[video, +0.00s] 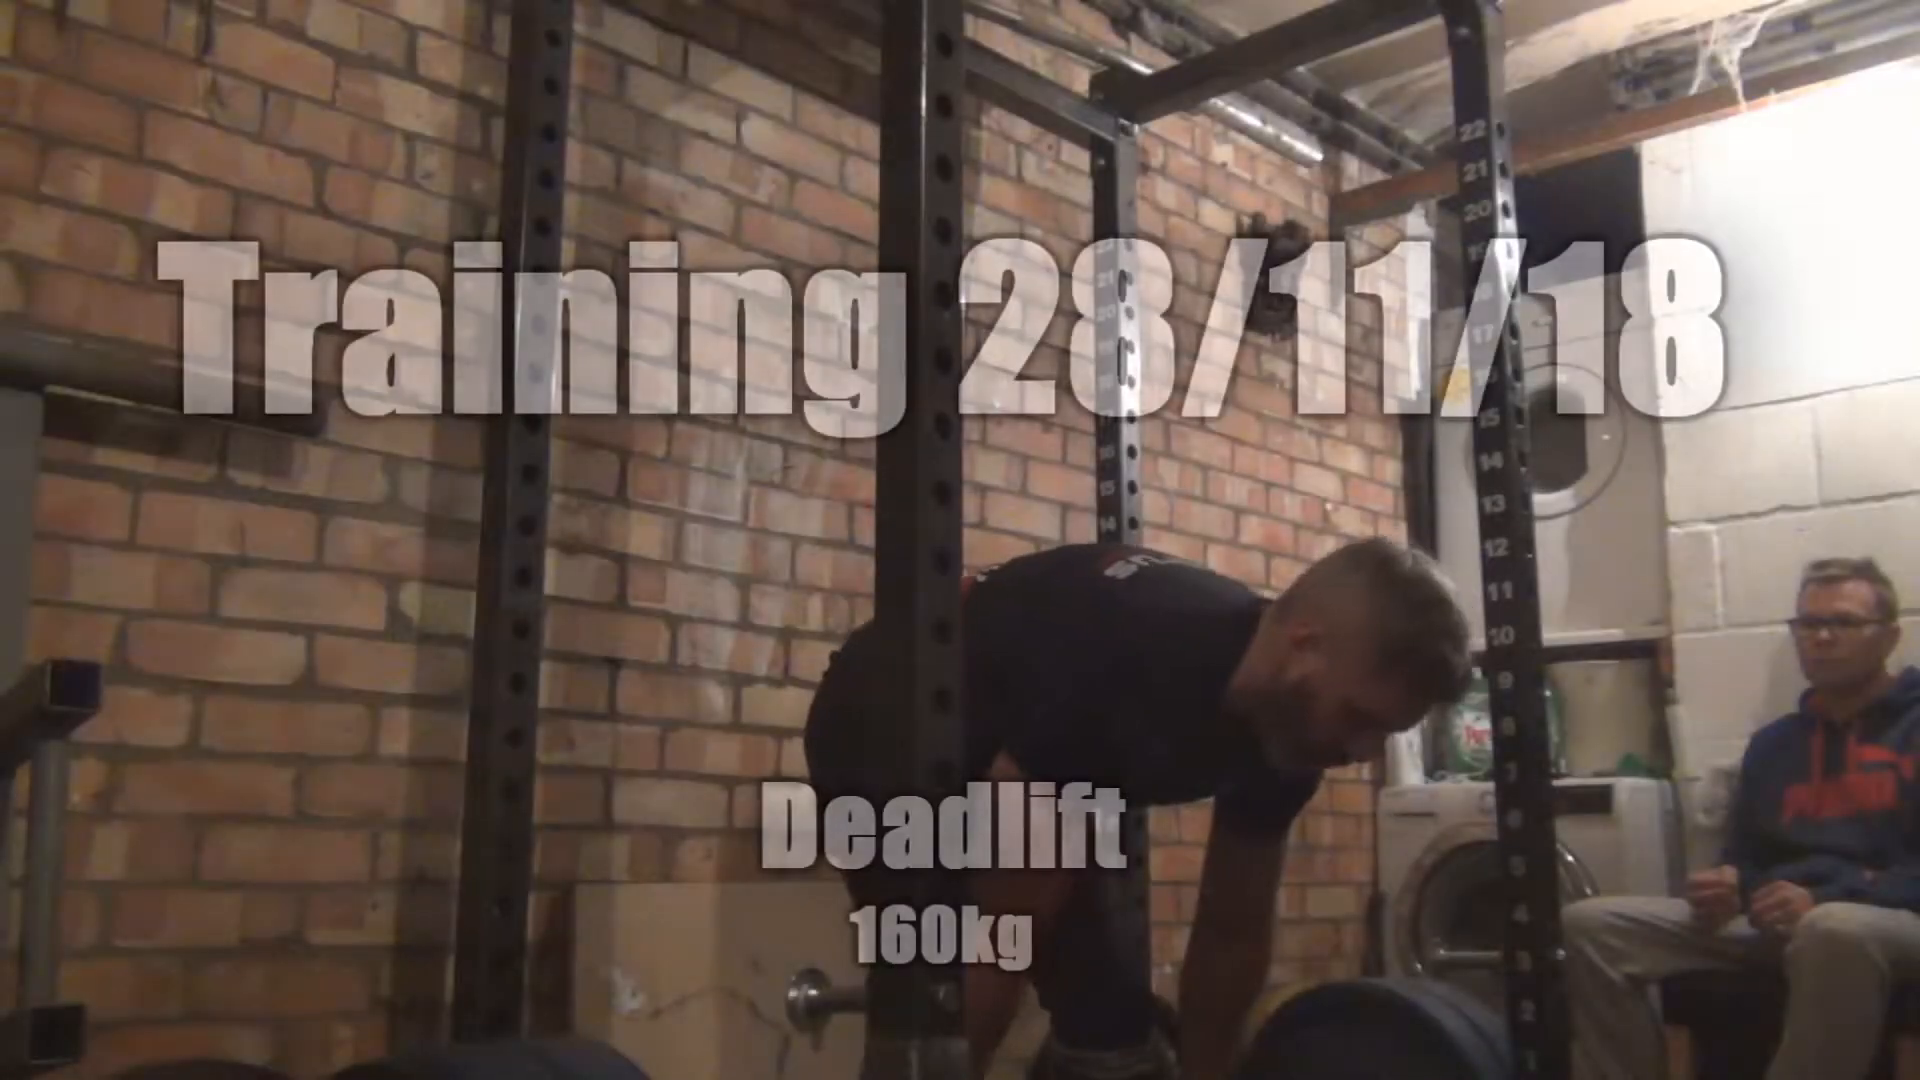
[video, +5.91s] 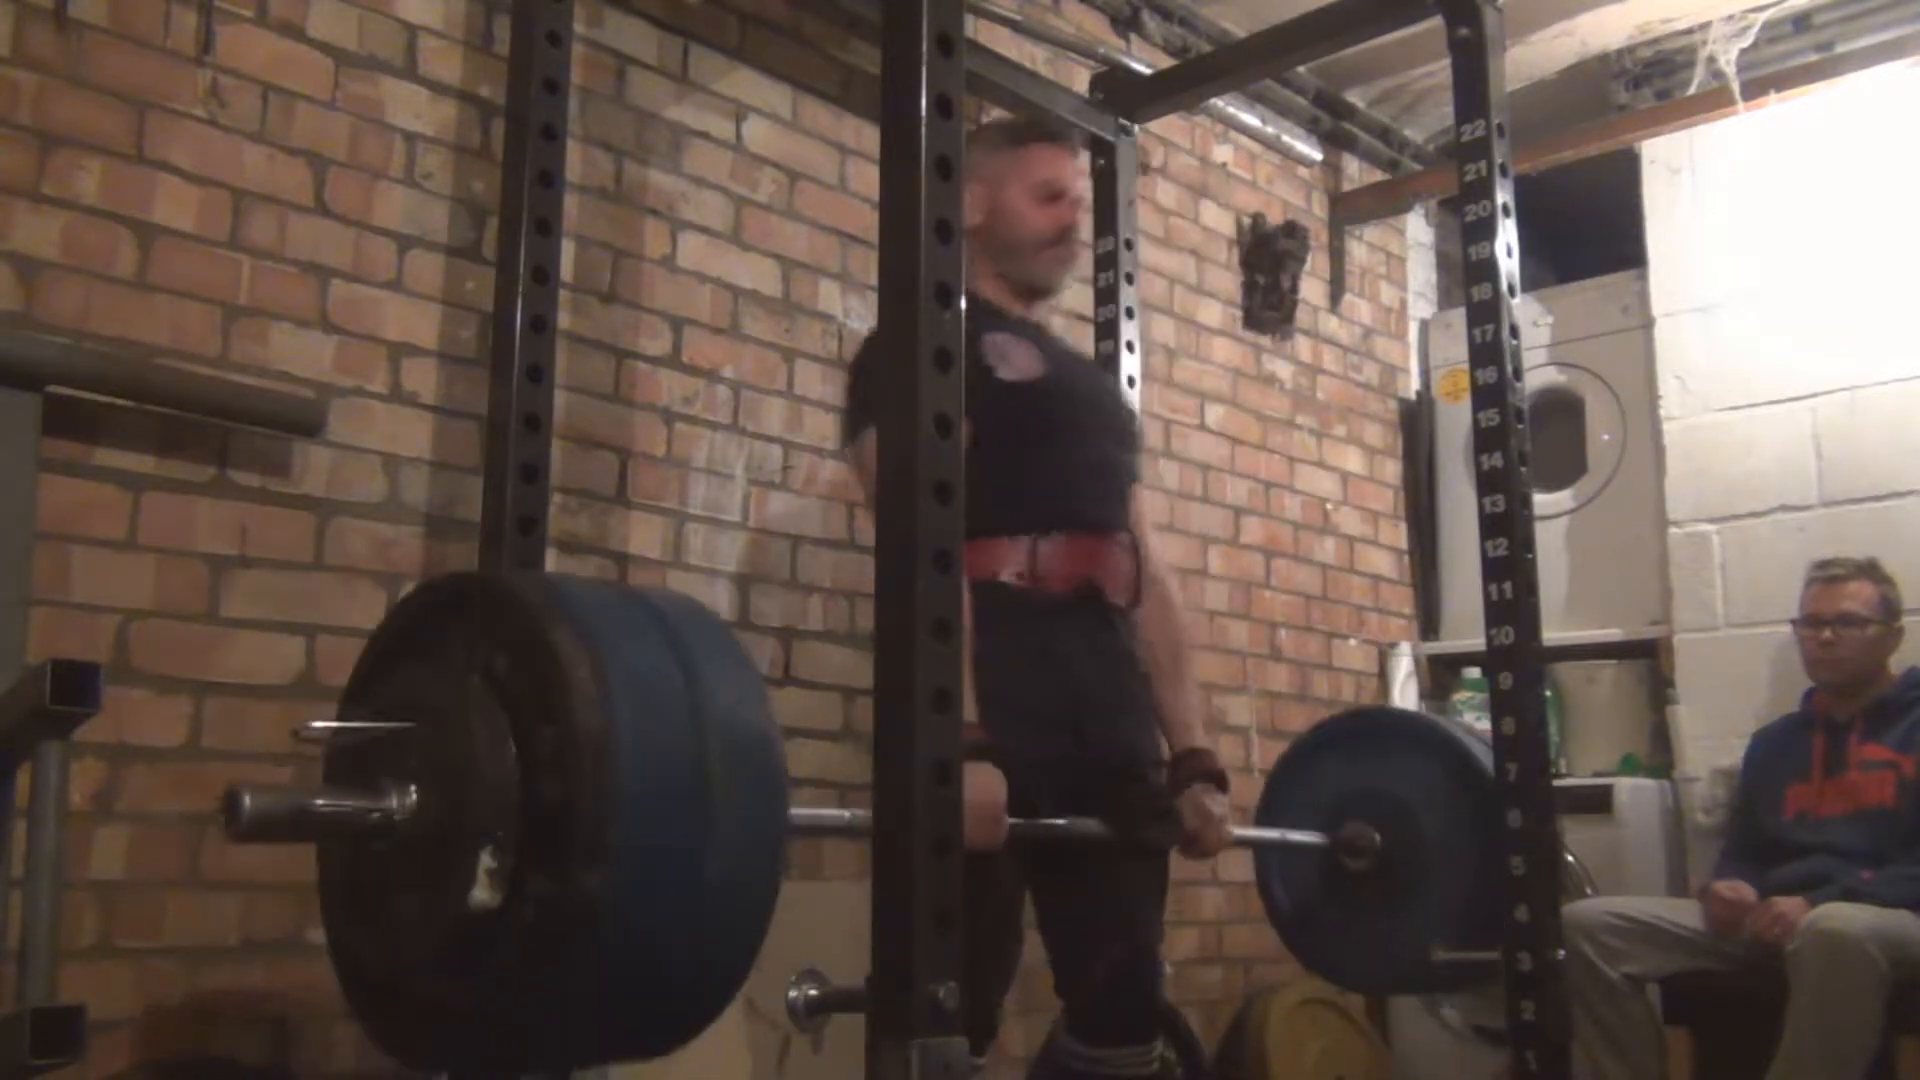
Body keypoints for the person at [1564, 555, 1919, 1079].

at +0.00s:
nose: (1821, 638)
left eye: (1842, 624)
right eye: (1809, 623)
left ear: (1890, 636)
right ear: (1794, 633)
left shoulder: (1913, 724)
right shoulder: (1773, 744)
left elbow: (1913, 877)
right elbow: (1745, 854)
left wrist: (1820, 900)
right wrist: (1729, 886)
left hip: (1894, 921)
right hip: (1772, 921)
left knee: (1831, 936)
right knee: (1589, 928)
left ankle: (1801, 1072)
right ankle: (1627, 1073)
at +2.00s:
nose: (1821, 638)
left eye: (1844, 624)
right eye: (1808, 624)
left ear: (1890, 637)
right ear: (1794, 633)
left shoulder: (1914, 723)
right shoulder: (1772, 745)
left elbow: (1914, 875)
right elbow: (1746, 858)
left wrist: (1821, 900)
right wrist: (1729, 888)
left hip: (1895, 922)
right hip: (1774, 920)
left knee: (1833, 936)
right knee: (1589, 929)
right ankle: (1626, 1073)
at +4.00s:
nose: (1822, 639)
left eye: (1844, 624)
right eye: (1809, 624)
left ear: (1890, 636)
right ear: (1794, 634)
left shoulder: (1914, 723)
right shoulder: (1773, 744)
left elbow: (1914, 873)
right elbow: (1744, 852)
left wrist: (1820, 900)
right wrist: (1731, 883)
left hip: (1894, 920)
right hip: (1771, 919)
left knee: (1833, 935)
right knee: (1589, 929)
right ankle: (1628, 1072)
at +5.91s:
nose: (1825, 637)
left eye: (1848, 623)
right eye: (1812, 622)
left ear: (1894, 637)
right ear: (1797, 633)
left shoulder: (1913, 722)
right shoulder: (1774, 743)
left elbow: (1913, 871)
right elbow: (1743, 849)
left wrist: (1818, 902)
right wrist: (1730, 886)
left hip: (1892, 916)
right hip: (1768, 916)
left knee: (1832, 937)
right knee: (1586, 929)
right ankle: (1630, 1074)